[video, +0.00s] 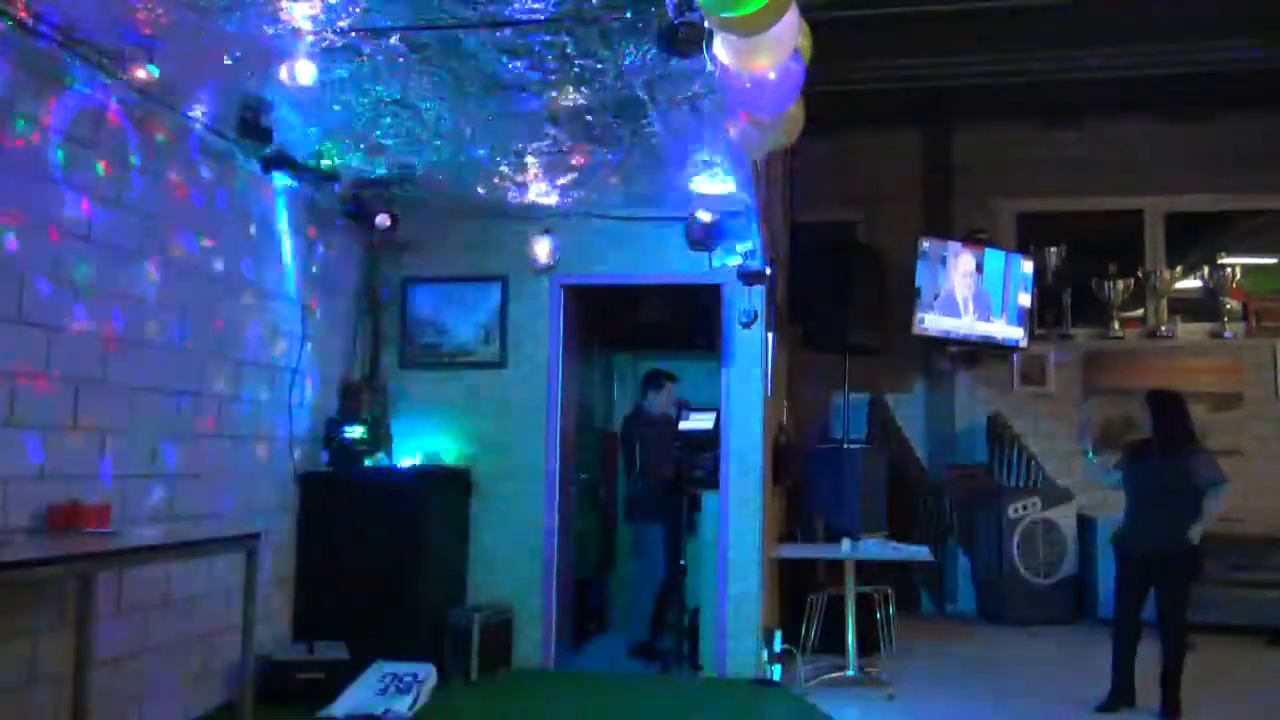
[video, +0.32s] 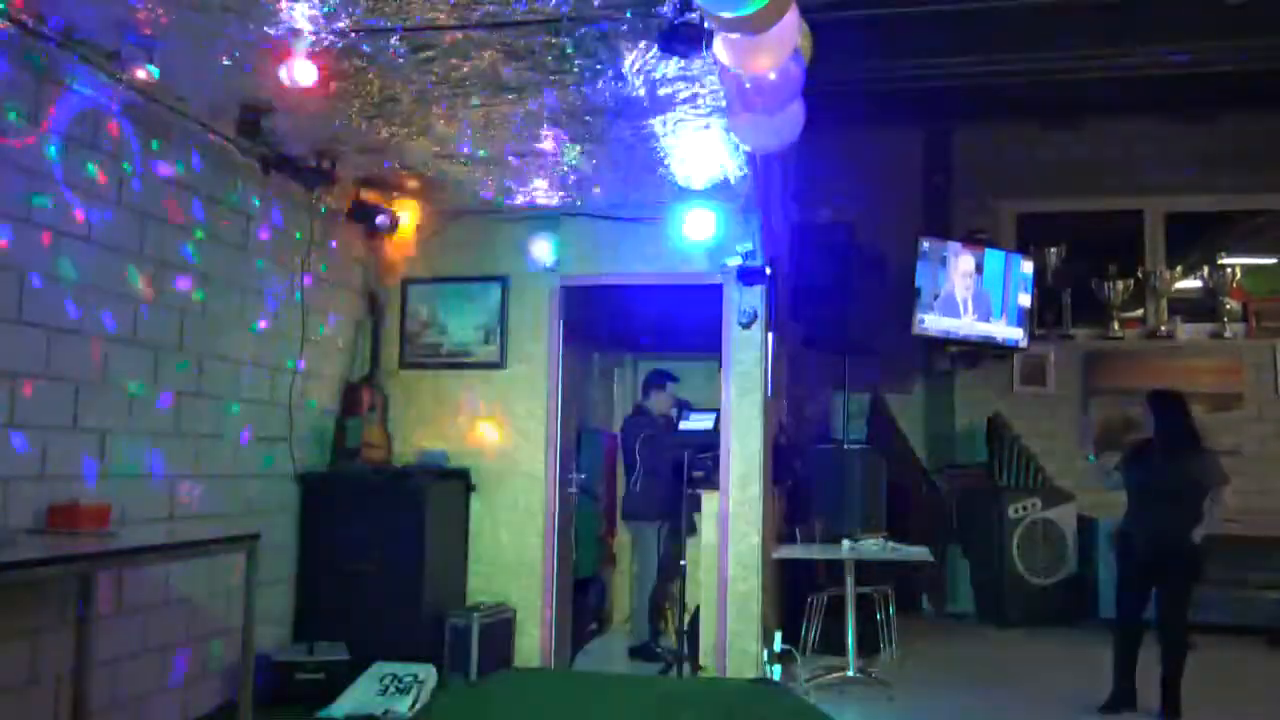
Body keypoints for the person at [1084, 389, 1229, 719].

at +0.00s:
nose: (1149, 418)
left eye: (1150, 412)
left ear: (1150, 415)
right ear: (1182, 415)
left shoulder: (1134, 453)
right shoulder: (1194, 454)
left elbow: (1095, 473)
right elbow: (1219, 491)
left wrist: (1090, 442)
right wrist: (1198, 528)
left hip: (1134, 548)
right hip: (1177, 549)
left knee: (1125, 623)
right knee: (1173, 627)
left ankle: (1121, 692)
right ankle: (1170, 702)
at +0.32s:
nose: (1146, 419)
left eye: (1149, 413)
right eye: (1149, 412)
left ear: (1153, 416)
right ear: (1183, 414)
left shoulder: (1137, 453)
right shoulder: (1202, 456)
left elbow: (1102, 476)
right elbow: (1218, 505)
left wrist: (1106, 446)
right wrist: (1198, 534)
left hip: (1136, 546)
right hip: (1181, 547)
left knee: (1127, 621)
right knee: (1173, 625)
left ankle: (1123, 693)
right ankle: (1171, 703)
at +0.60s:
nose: (1144, 416)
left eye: (1147, 410)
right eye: (1147, 409)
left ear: (1152, 414)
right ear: (1182, 412)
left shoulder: (1136, 449)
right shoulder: (1195, 452)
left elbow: (1110, 477)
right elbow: (1216, 494)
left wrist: (1090, 453)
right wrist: (1199, 530)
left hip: (1135, 545)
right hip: (1179, 547)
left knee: (1132, 622)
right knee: (1175, 626)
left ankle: (1125, 695)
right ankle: (1172, 702)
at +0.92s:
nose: (1141, 416)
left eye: (1143, 410)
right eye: (1144, 409)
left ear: (1148, 414)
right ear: (1179, 412)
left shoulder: (1134, 450)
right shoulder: (1193, 452)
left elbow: (1105, 476)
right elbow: (1215, 493)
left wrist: (1084, 448)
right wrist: (1197, 529)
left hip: (1133, 545)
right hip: (1177, 546)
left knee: (1127, 621)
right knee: (1174, 625)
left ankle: (1123, 694)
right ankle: (1171, 701)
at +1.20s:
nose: (1138, 418)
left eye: (1140, 412)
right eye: (1141, 411)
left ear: (1144, 415)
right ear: (1175, 413)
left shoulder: (1131, 449)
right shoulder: (1189, 452)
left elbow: (1099, 476)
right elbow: (1210, 497)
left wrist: (1081, 449)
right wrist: (1191, 528)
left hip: (1129, 542)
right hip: (1171, 544)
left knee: (1116, 614)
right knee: (1170, 621)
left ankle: (1111, 685)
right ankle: (1169, 698)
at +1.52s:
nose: (1131, 417)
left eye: (1132, 410)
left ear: (1132, 414)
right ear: (1163, 414)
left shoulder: (1117, 449)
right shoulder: (1176, 454)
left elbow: (1089, 475)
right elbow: (1191, 504)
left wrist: (1075, 457)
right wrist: (1171, 528)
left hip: (1116, 543)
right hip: (1159, 544)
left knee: (1111, 616)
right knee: (1165, 620)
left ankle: (1107, 686)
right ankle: (1170, 699)